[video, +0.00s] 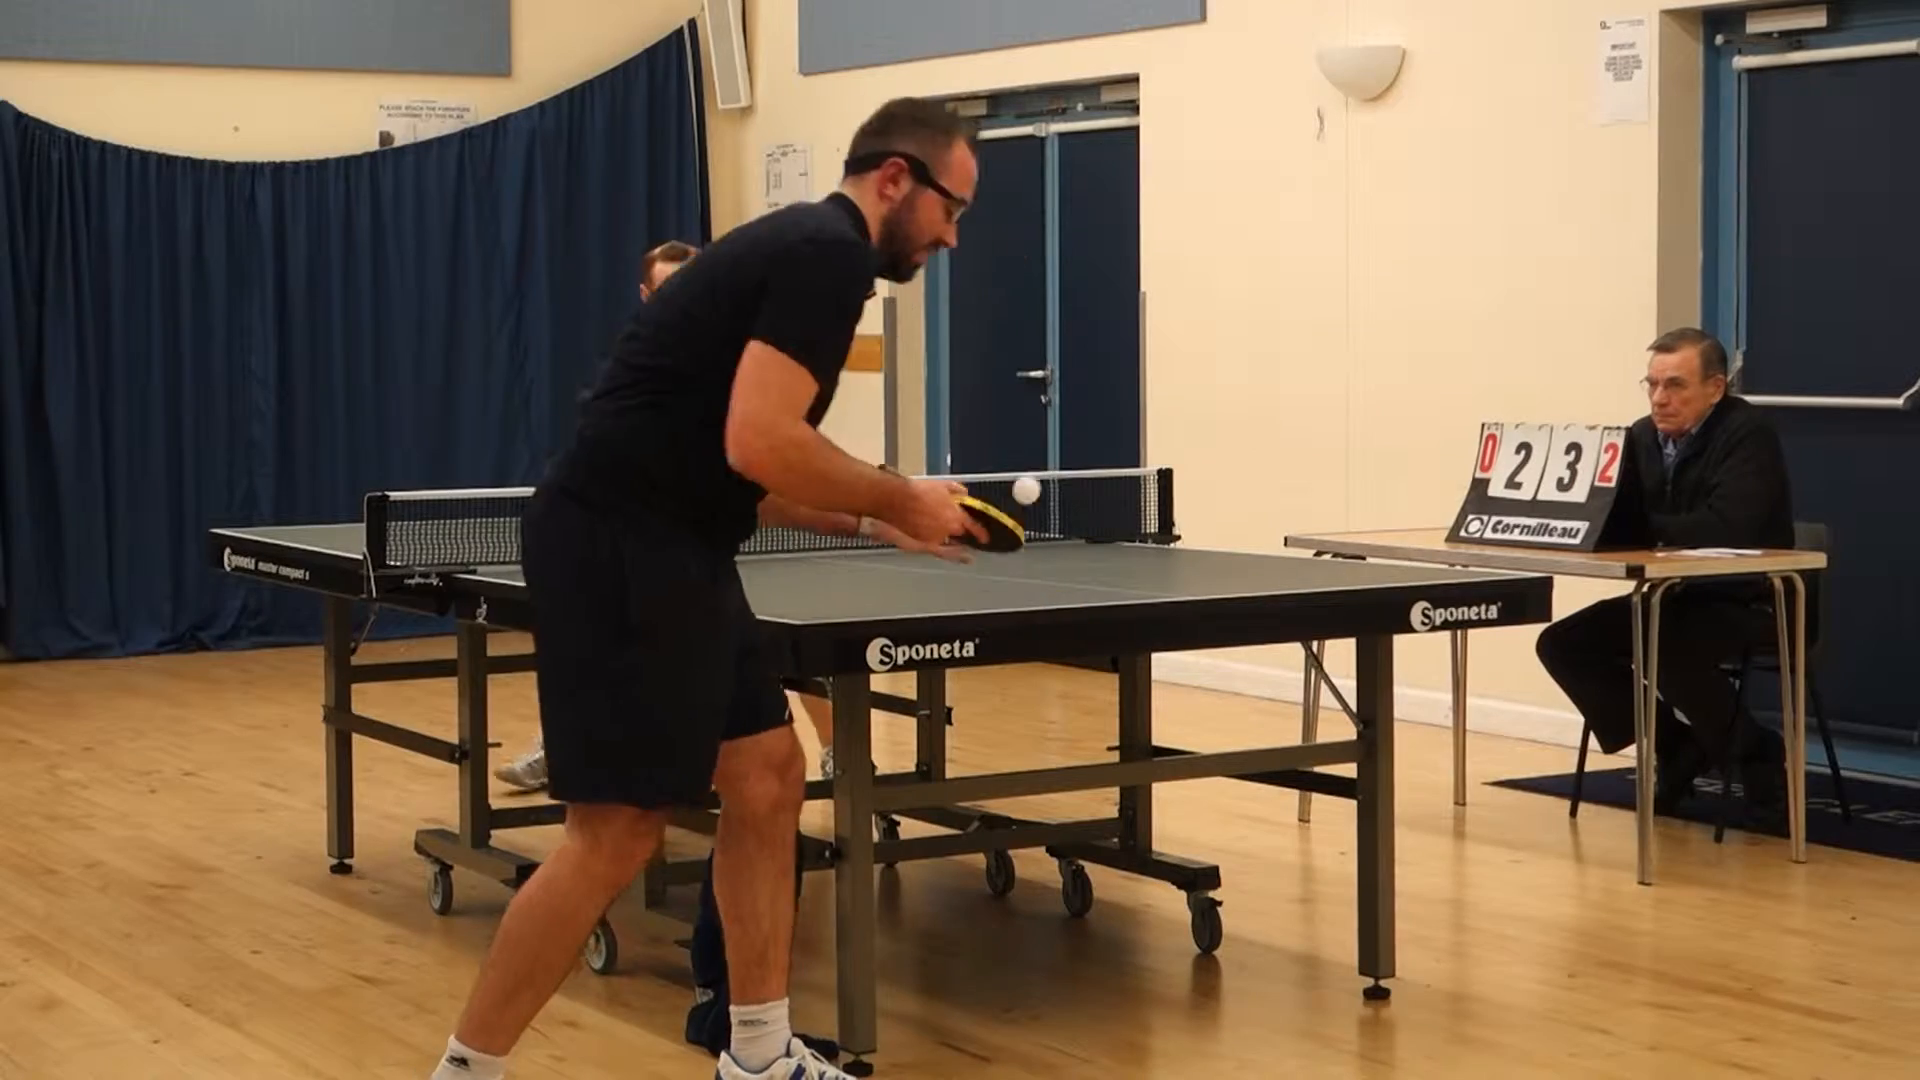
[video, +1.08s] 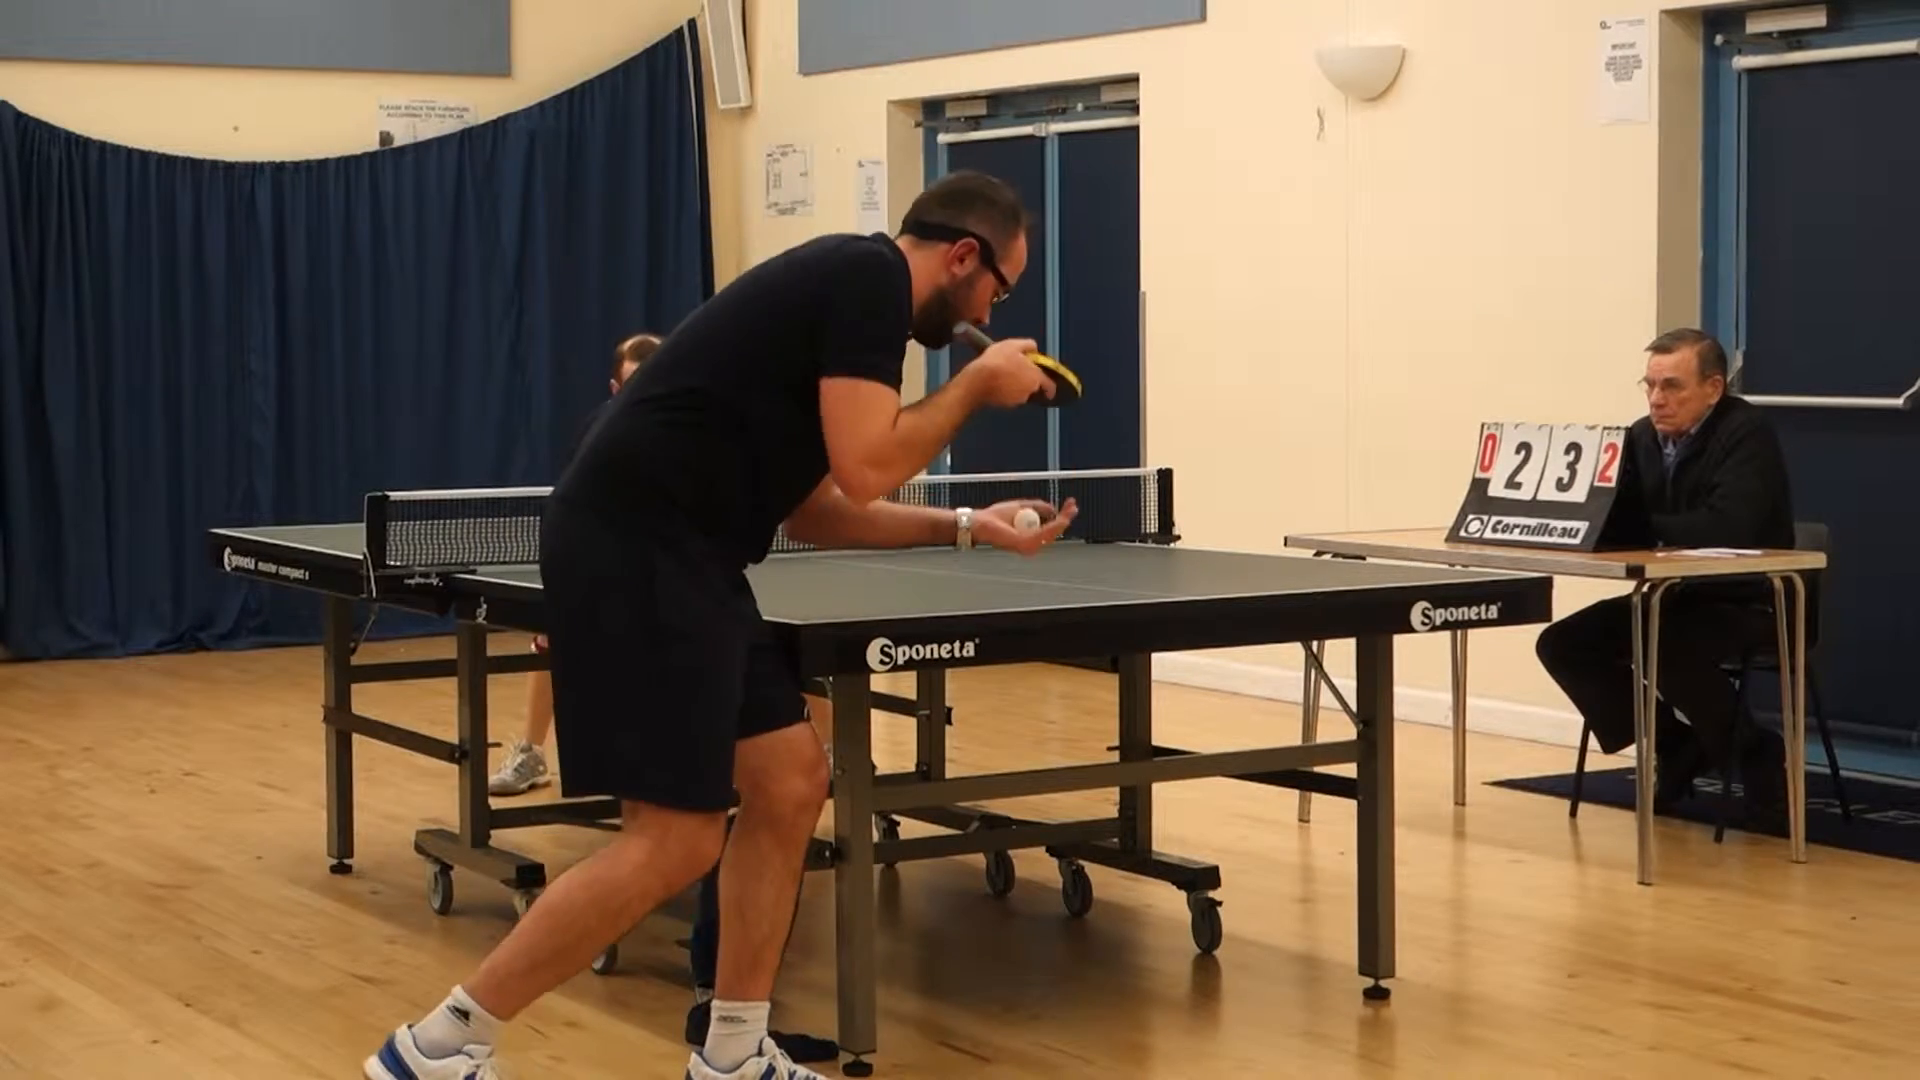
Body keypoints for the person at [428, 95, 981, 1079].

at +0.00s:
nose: (953, 233)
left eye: (961, 211)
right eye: (952, 204)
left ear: (886, 183)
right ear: (891, 180)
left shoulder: (813, 249)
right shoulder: (825, 249)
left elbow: (757, 467)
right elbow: (760, 440)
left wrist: (885, 511)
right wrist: (902, 497)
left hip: (676, 544)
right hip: (612, 539)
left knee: (767, 770)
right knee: (617, 829)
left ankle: (761, 1049)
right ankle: (467, 1065)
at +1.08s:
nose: (995, 308)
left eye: (1004, 291)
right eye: (1000, 284)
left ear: (939, 243)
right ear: (964, 251)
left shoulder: (842, 312)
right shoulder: (867, 275)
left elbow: (820, 519)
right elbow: (868, 463)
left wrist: (971, 523)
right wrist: (976, 384)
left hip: (693, 553)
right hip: (629, 543)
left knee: (790, 780)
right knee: (677, 837)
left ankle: (732, 1056)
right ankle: (436, 1046)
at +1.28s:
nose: (971, 292)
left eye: (982, 273)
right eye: (979, 267)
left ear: (927, 222)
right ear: (948, 231)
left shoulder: (839, 326)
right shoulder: (829, 236)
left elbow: (813, 503)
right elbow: (872, 379)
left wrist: (962, 573)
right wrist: (976, 290)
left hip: (690, 552)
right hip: (617, 538)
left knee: (789, 777)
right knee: (644, 840)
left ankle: (732, 1050)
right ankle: (403, 1053)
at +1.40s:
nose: (914, 293)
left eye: (929, 283)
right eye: (924, 268)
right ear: (903, 206)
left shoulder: (820, 328)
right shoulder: (793, 212)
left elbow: (811, 494)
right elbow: (820, 298)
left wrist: (974, 525)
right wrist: (934, 217)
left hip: (687, 563)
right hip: (606, 551)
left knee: (788, 775)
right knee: (630, 848)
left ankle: (730, 1055)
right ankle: (395, 1064)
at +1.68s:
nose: (929, 309)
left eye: (935, 309)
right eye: (944, 298)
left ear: (910, 306)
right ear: (932, 284)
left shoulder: (800, 341)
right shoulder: (818, 252)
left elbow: (729, 516)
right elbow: (900, 183)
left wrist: (876, 553)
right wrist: (988, 290)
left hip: (648, 543)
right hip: (587, 528)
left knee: (747, 772)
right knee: (592, 843)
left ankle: (741, 1052)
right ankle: (381, 1065)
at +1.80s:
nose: (926, 477)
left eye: (942, 467)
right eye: (944, 456)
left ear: (914, 419)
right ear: (933, 412)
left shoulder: (786, 412)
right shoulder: (882, 347)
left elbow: (693, 561)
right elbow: (1057, 393)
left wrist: (804, 586)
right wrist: (1000, 400)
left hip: (604, 562)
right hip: (621, 565)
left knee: (774, 770)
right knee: (594, 877)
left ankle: (766, 1051)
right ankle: (382, 1065)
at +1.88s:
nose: (963, 426)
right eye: (966, 408)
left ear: (871, 354)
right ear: (950, 380)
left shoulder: (759, 368)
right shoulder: (931, 393)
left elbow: (584, 473)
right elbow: (1020, 565)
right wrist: (1094, 473)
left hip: (614, 574)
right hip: (710, 608)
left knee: (787, 752)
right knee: (628, 890)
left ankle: (760, 1057)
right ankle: (401, 1063)